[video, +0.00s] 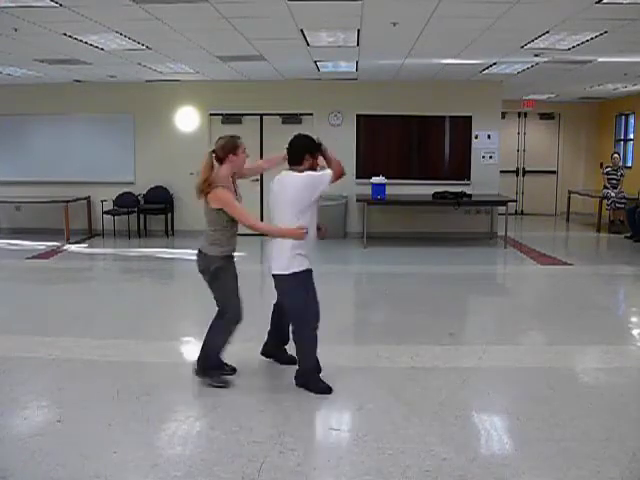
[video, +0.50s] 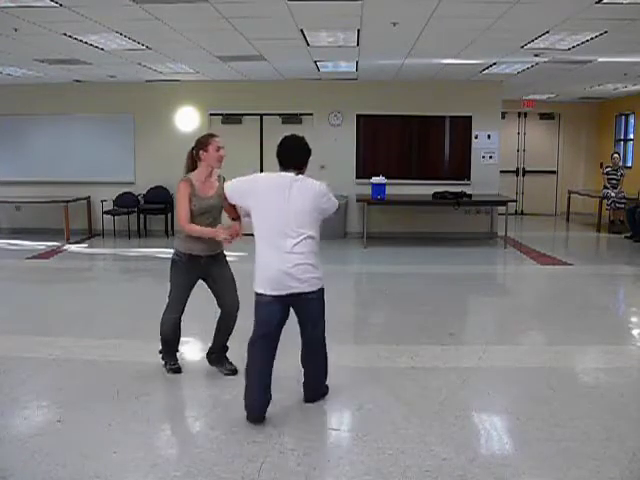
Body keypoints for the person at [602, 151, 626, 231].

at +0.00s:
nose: (615, 160)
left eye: (617, 158)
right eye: (613, 158)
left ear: (619, 160)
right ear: (611, 160)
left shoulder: (621, 170)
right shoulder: (606, 169)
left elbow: (621, 183)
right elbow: (605, 182)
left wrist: (617, 190)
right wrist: (611, 189)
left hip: (617, 188)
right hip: (608, 188)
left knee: (622, 196)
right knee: (611, 196)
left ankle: (621, 218)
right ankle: (612, 218)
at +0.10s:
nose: (615, 160)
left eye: (617, 158)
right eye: (614, 158)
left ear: (619, 160)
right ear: (611, 160)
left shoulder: (621, 170)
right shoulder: (606, 169)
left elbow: (621, 183)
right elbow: (605, 182)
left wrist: (617, 190)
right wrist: (611, 189)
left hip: (617, 188)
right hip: (608, 188)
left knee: (622, 196)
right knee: (611, 196)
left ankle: (621, 218)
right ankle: (612, 218)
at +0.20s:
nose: (615, 160)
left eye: (617, 158)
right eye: (614, 158)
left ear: (619, 160)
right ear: (611, 160)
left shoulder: (621, 171)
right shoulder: (606, 169)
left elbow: (621, 183)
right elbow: (605, 182)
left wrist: (617, 190)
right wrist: (611, 189)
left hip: (617, 188)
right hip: (608, 188)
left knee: (622, 196)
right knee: (611, 196)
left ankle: (621, 217)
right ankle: (612, 217)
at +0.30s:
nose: (615, 160)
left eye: (617, 158)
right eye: (614, 158)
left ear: (619, 160)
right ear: (611, 160)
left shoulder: (621, 171)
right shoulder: (606, 169)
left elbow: (621, 183)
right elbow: (605, 182)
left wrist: (617, 190)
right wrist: (611, 189)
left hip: (617, 188)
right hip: (608, 188)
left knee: (622, 196)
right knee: (611, 196)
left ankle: (621, 217)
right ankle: (612, 217)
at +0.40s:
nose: (615, 160)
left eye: (617, 158)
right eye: (614, 158)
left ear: (619, 160)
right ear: (611, 160)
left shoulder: (621, 171)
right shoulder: (606, 169)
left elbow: (621, 183)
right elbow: (605, 182)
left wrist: (617, 190)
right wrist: (611, 189)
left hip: (617, 188)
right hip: (608, 188)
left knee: (622, 196)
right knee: (611, 196)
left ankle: (621, 217)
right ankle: (612, 217)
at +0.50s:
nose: (615, 160)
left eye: (617, 158)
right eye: (613, 158)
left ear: (619, 160)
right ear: (611, 160)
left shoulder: (621, 171)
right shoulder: (606, 169)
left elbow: (621, 183)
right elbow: (605, 182)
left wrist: (617, 190)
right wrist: (611, 189)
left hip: (617, 188)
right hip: (608, 188)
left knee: (622, 196)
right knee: (612, 196)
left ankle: (621, 217)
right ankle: (612, 216)